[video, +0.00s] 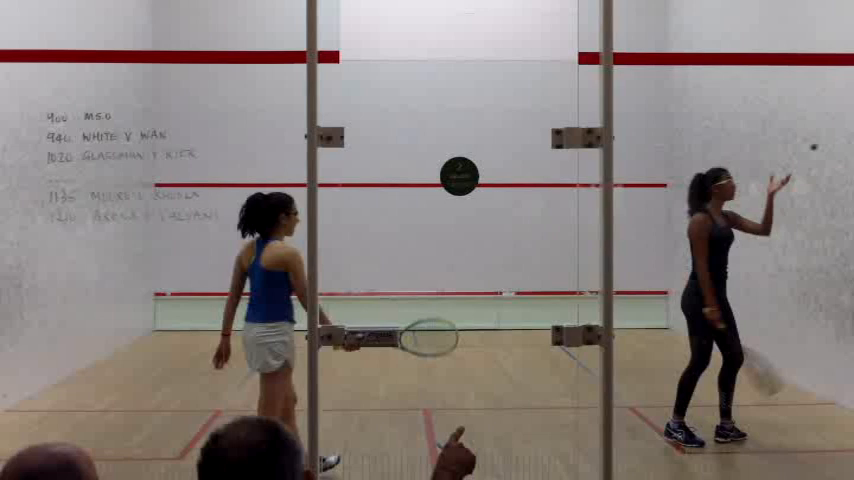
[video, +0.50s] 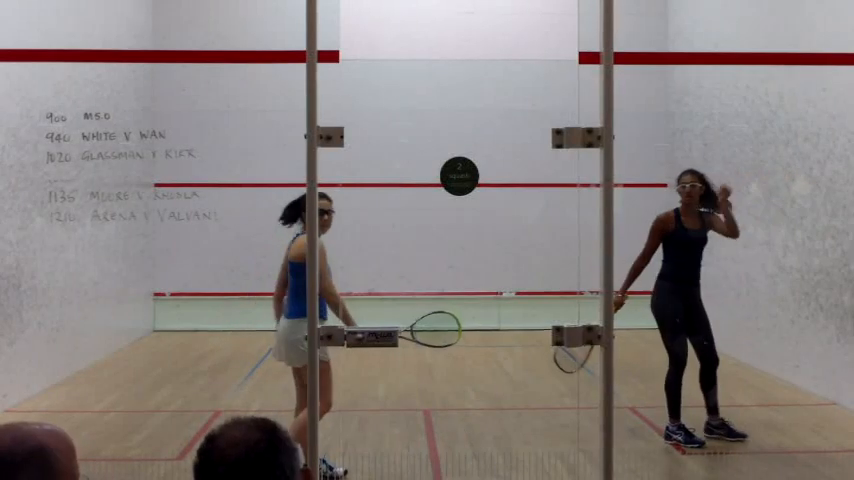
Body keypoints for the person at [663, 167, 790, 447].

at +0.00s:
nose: (734, 183)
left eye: (732, 179)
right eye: (729, 180)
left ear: (719, 189)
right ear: (716, 188)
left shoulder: (726, 217)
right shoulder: (700, 222)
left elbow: (764, 229)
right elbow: (701, 267)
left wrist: (770, 196)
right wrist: (710, 304)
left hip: (718, 296)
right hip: (698, 297)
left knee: (734, 357)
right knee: (700, 359)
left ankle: (725, 424)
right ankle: (676, 423)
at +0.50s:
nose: (688, 189)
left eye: (693, 185)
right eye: (683, 185)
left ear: (702, 191)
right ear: (677, 191)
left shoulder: (706, 218)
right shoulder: (665, 221)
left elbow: (733, 232)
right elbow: (644, 258)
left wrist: (725, 208)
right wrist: (622, 291)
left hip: (691, 298)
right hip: (666, 298)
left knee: (710, 359)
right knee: (678, 359)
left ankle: (714, 421)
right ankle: (674, 425)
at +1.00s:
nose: (652, 191)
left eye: (658, 188)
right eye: (648, 188)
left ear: (668, 193)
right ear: (642, 193)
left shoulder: (671, 223)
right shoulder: (635, 224)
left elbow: (685, 257)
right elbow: (623, 265)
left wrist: (676, 259)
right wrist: (624, 302)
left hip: (660, 294)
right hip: (638, 295)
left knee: (651, 357)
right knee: (654, 357)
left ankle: (621, 408)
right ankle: (670, 424)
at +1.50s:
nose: (626, 192)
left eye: (631, 188)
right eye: (622, 187)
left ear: (638, 194)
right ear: (613, 191)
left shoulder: (631, 222)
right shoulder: (603, 219)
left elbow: (627, 257)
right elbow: (584, 252)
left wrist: (645, 276)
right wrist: (608, 279)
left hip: (621, 293)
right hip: (601, 293)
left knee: (622, 351)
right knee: (613, 351)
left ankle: (615, 411)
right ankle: (594, 411)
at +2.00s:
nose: (573, 193)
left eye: (577, 188)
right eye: (568, 189)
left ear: (585, 193)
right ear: (562, 196)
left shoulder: (592, 221)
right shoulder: (552, 224)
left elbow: (591, 255)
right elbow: (532, 257)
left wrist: (606, 271)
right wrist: (548, 283)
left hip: (580, 294)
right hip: (554, 296)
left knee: (594, 352)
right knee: (555, 353)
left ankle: (611, 411)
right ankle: (542, 412)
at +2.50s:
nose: (545, 195)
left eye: (550, 192)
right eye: (541, 192)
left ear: (557, 195)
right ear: (534, 195)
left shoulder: (567, 218)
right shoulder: (525, 224)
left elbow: (578, 249)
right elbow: (512, 257)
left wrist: (574, 267)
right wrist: (512, 282)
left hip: (561, 290)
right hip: (536, 291)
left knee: (565, 352)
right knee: (542, 352)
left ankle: (551, 403)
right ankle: (540, 410)